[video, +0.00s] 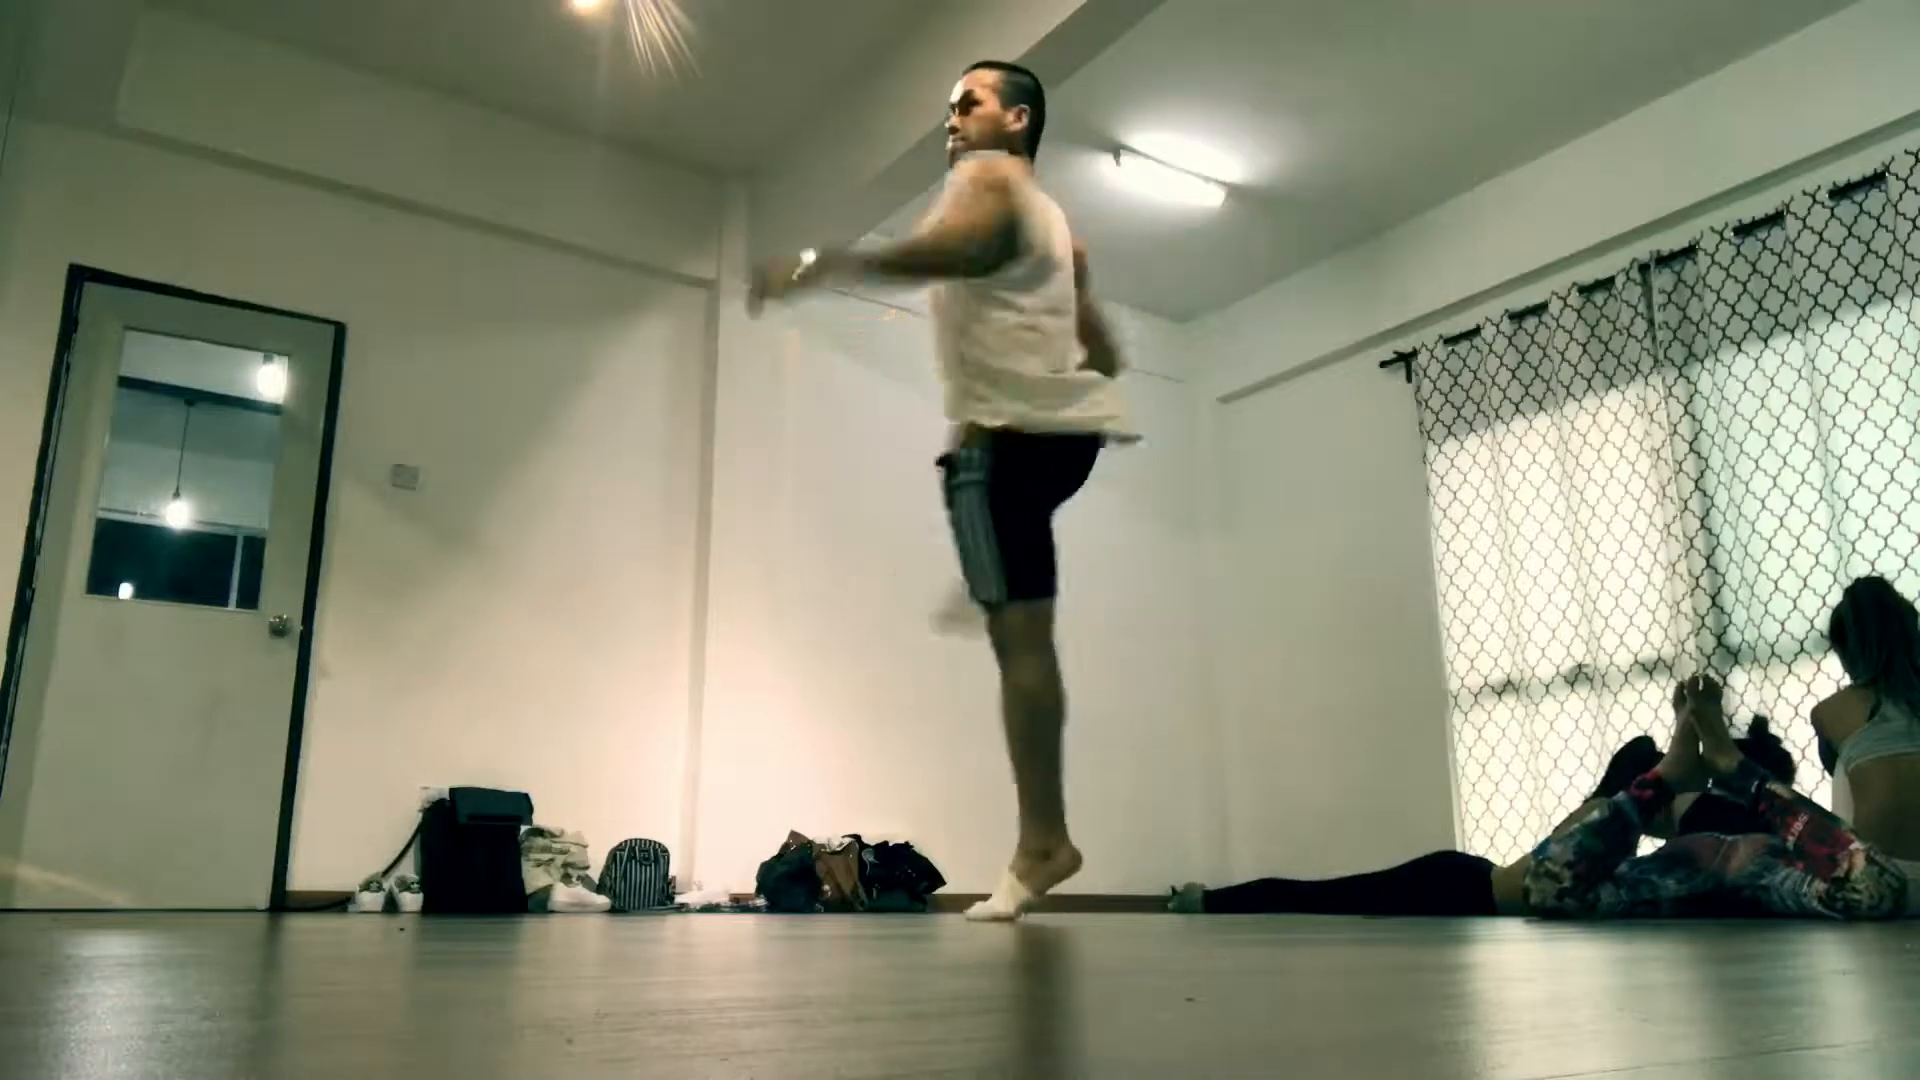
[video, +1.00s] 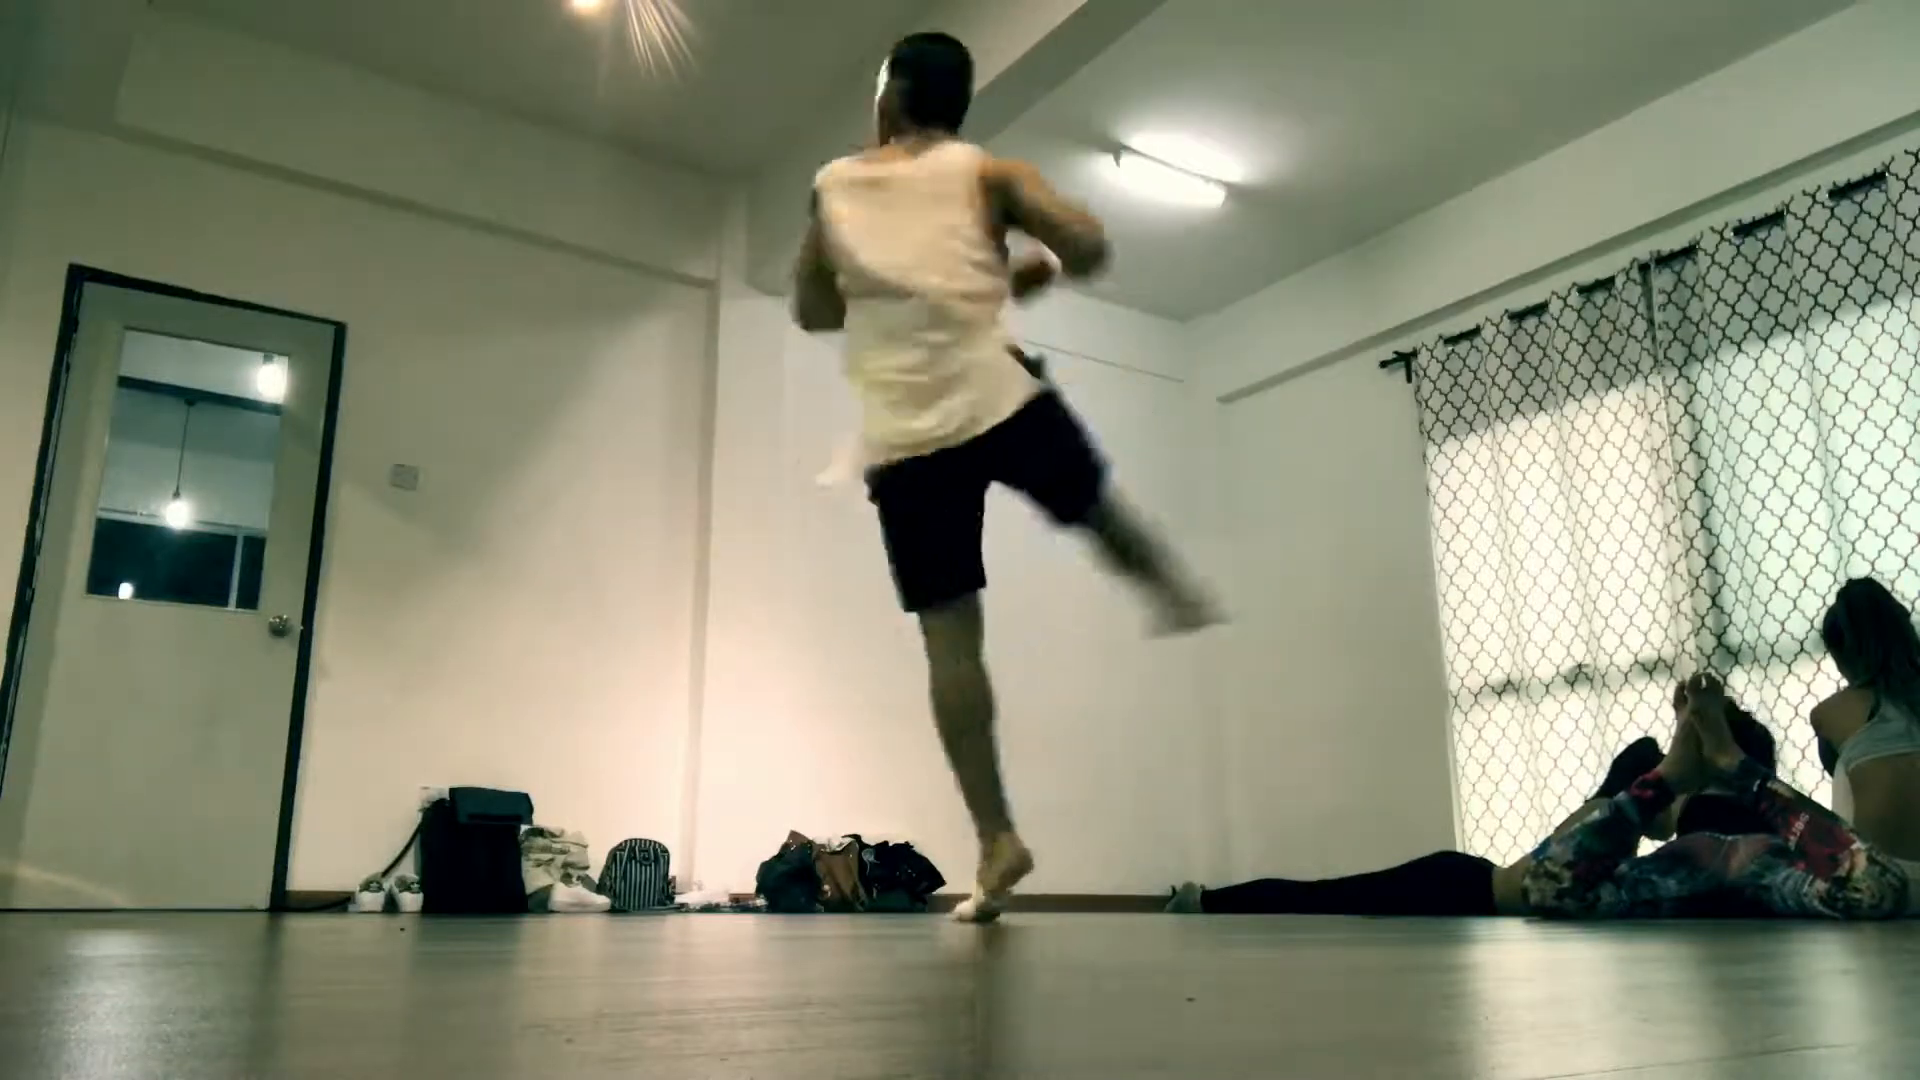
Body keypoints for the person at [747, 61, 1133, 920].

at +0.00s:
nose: (953, 117)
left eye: (970, 103)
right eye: (953, 105)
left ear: (1021, 119)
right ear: (1017, 130)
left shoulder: (984, 175)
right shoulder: (1052, 217)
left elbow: (965, 245)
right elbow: (1103, 355)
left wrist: (822, 266)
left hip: (1006, 439)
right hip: (1070, 436)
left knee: (1023, 646)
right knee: (997, 497)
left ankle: (1043, 845)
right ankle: (985, 595)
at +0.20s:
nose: (1015, 119)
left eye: (1009, 105)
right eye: (1006, 106)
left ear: (939, 131)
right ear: (977, 116)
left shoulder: (894, 233)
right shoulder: (994, 180)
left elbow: (927, 318)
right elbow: (1061, 255)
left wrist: (1021, 259)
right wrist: (1085, 245)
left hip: (933, 435)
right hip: (1020, 401)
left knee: (958, 639)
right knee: (1172, 511)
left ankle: (972, 839)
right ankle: (1295, 615)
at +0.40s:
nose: (941, 195)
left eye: (953, 179)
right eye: (931, 191)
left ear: (999, 189)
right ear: (932, 213)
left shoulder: (1062, 297)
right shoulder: (928, 275)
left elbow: (1150, 365)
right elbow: (879, 308)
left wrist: (1240, 402)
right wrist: (889, 295)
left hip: (1029, 485)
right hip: (941, 465)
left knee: (1027, 675)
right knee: (1045, 395)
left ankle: (989, 883)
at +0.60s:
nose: (936, 138)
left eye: (950, 120)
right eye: (929, 129)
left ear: (1004, 122)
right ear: (942, 148)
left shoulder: (1069, 188)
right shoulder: (952, 253)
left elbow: (1213, 182)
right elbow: (838, 308)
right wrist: (738, 337)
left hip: (1038, 448)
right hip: (956, 419)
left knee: (1005, 651)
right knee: (809, 406)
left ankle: (987, 869)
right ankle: (586, 397)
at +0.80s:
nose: (906, 118)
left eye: (923, 101)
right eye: (907, 106)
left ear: (975, 112)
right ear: (940, 122)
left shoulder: (983, 177)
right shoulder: (956, 205)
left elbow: (999, 186)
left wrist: (968, 178)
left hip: (994, 419)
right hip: (970, 420)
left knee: (996, 647)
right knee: (892, 503)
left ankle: (1027, 853)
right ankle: (804, 567)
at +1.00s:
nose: (874, 95)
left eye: (880, 83)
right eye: (884, 81)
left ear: (889, 96)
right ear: (959, 107)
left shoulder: (837, 185)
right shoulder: (988, 172)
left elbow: (813, 307)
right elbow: (1088, 244)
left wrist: (894, 289)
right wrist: (1043, 271)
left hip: (906, 447)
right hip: (1006, 409)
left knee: (951, 649)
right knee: (1102, 511)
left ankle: (996, 840)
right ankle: (1176, 597)